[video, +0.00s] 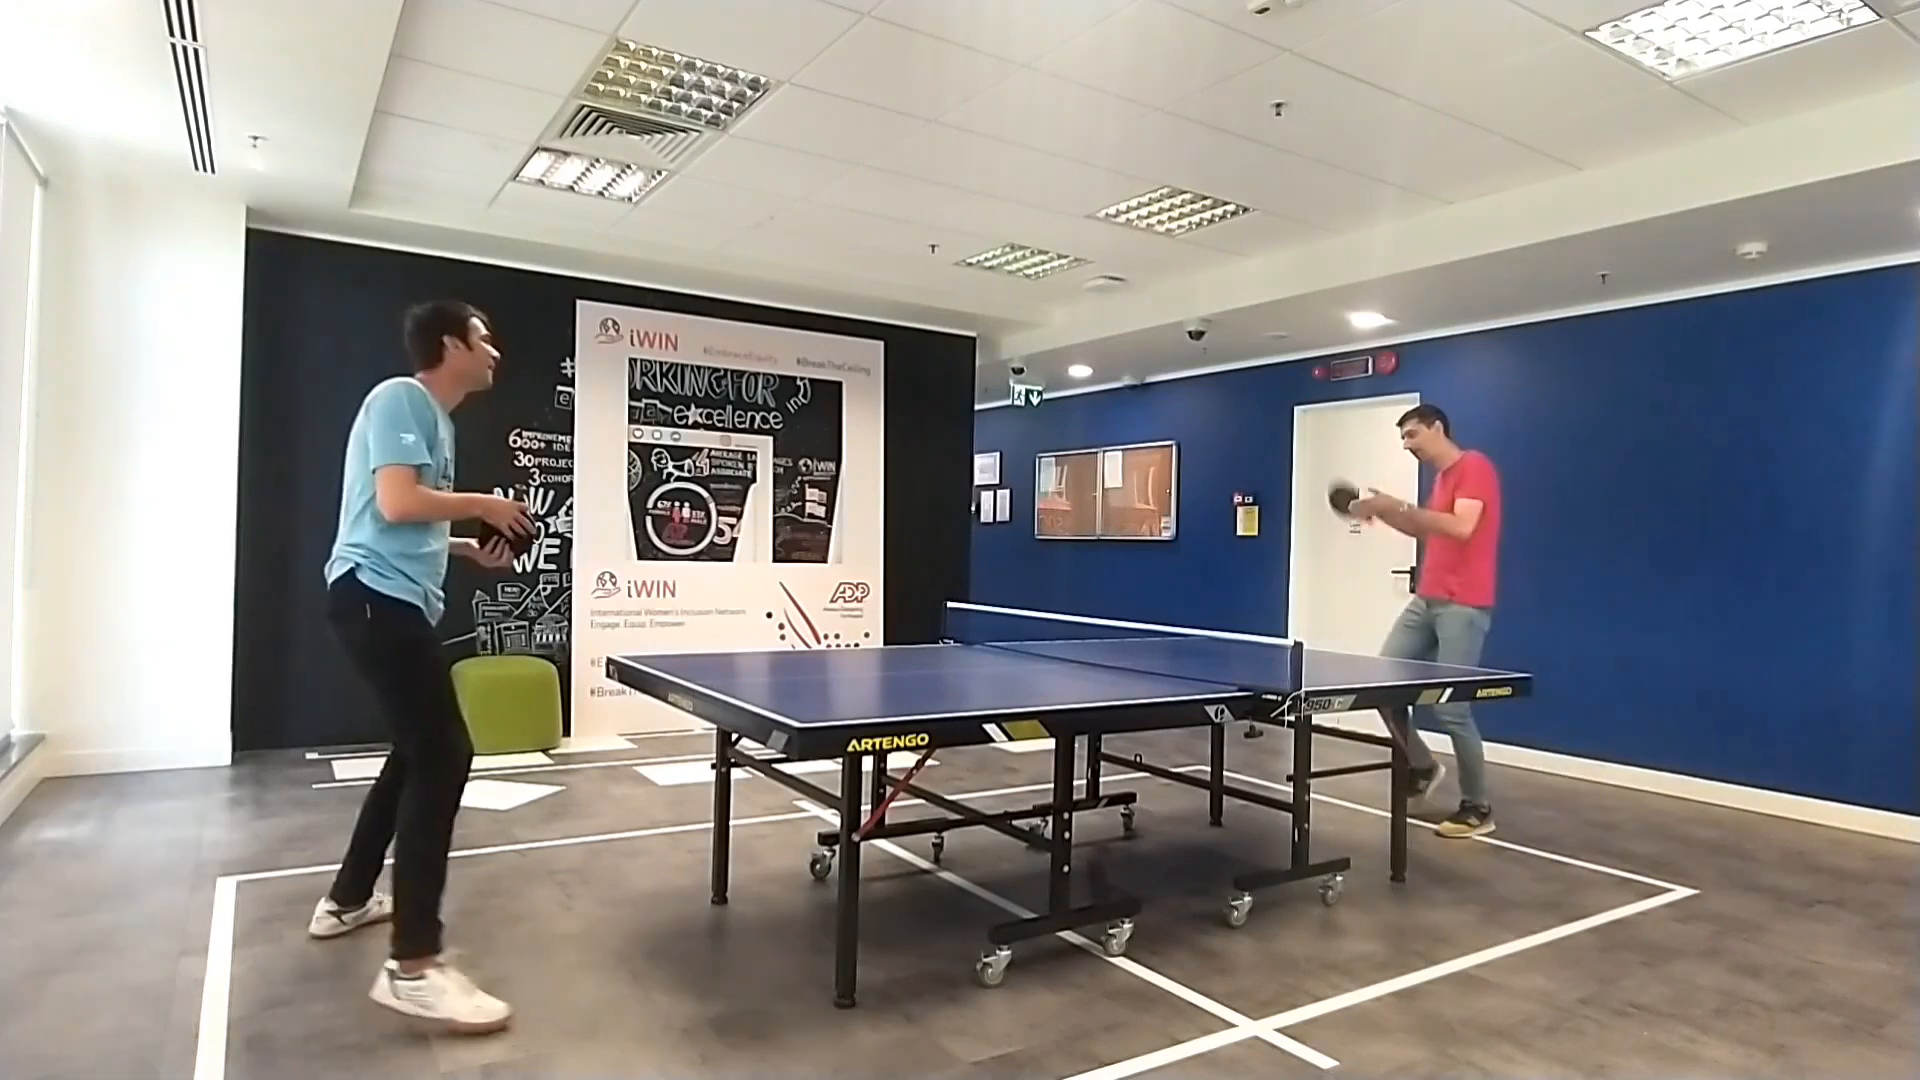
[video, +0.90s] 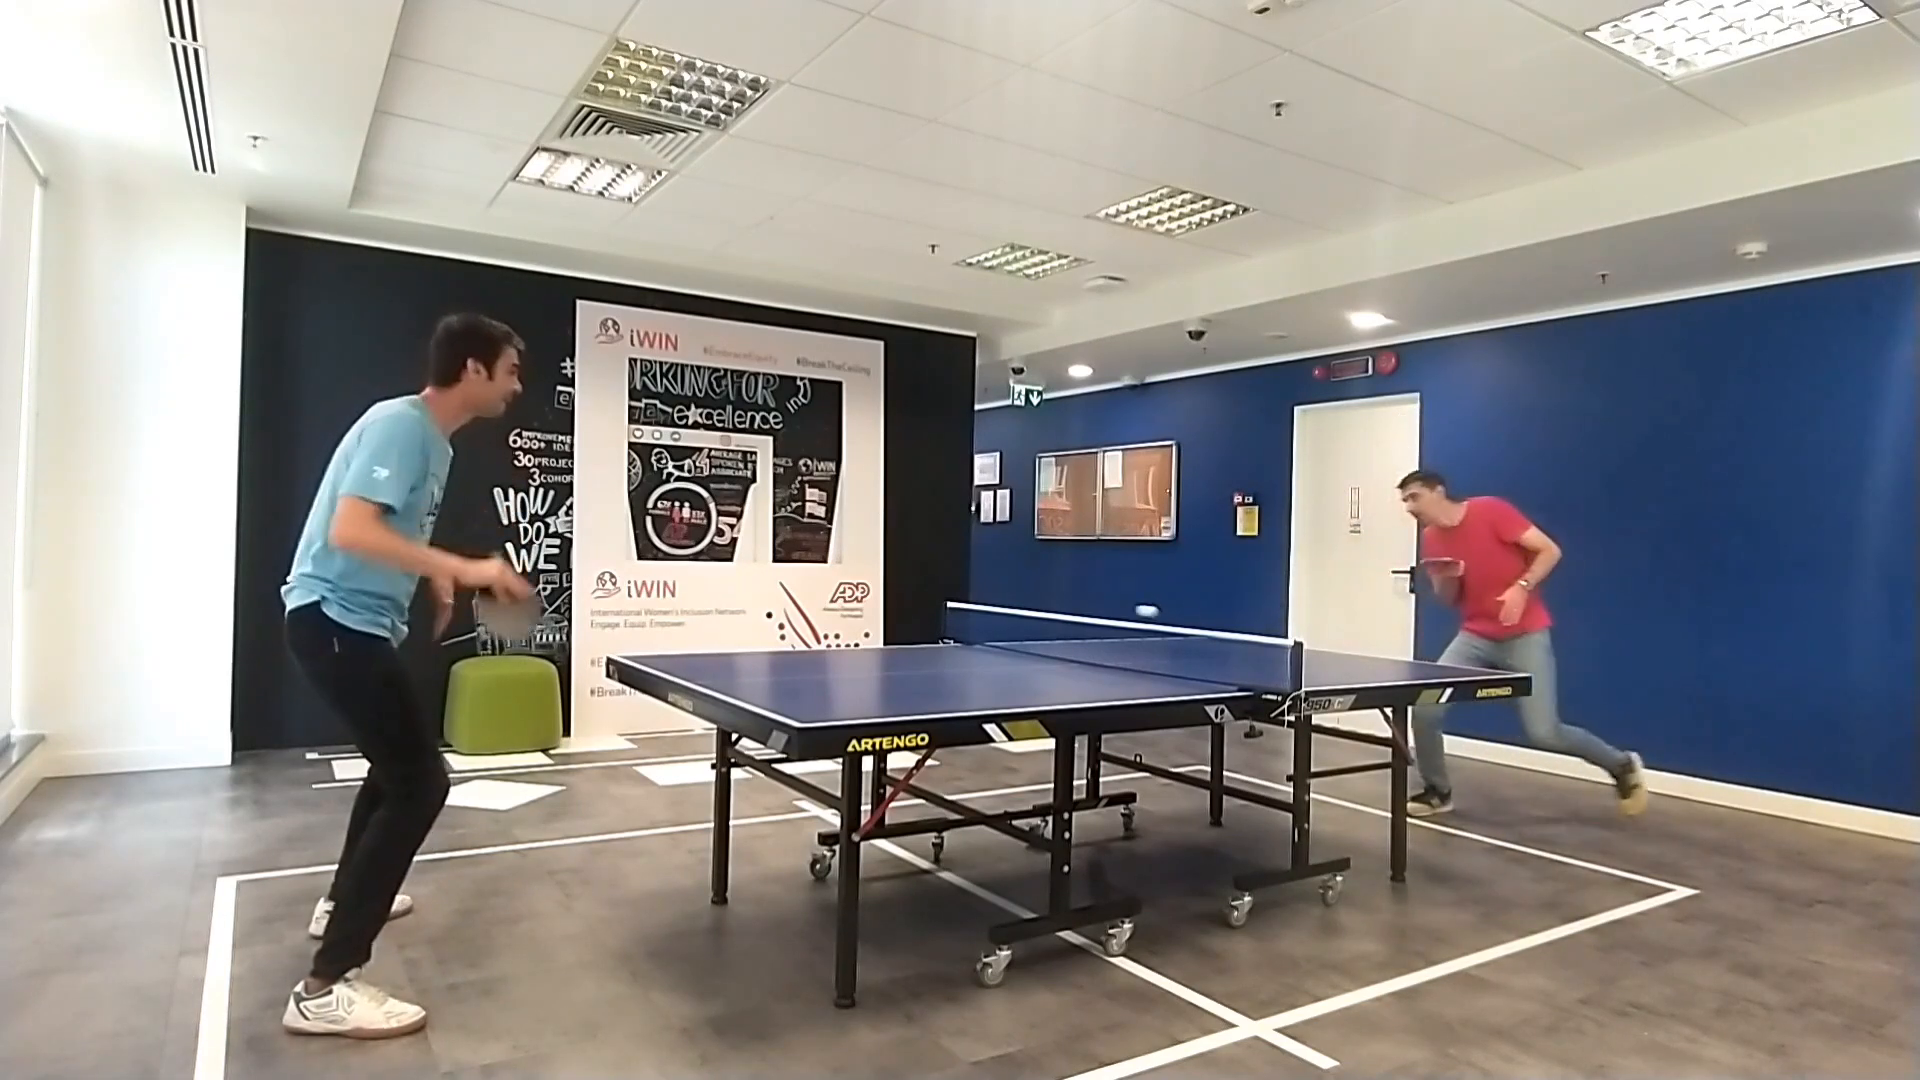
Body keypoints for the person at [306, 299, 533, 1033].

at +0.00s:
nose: (496, 353)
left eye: (491, 341)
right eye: (485, 340)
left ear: (452, 349)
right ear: (450, 346)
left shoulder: (434, 427)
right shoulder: (399, 398)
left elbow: (410, 522)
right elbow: (397, 500)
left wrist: (469, 548)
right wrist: (482, 504)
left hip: (402, 605)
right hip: (373, 597)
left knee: (416, 748)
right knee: (445, 755)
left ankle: (348, 899)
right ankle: (414, 966)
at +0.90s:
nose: (515, 386)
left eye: (516, 373)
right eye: (509, 372)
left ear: (467, 374)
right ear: (470, 372)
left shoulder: (434, 445)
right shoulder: (399, 425)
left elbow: (388, 532)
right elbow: (352, 530)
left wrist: (435, 569)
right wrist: (463, 566)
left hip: (362, 623)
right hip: (330, 621)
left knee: (400, 763)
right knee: (422, 780)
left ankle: (344, 908)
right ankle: (325, 988)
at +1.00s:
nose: (525, 396)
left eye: (528, 383)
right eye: (521, 381)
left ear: (481, 381)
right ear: (479, 376)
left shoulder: (450, 448)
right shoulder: (395, 430)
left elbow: (404, 528)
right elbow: (327, 544)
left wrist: (460, 561)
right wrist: (416, 620)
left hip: (369, 624)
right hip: (327, 622)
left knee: (406, 766)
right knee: (414, 780)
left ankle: (346, 903)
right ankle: (324, 988)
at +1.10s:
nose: (533, 417)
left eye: (537, 403)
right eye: (529, 400)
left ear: (491, 395)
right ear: (486, 390)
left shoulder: (476, 457)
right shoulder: (385, 449)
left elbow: (463, 540)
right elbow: (320, 559)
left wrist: (501, 555)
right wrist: (349, 674)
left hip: (385, 626)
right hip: (330, 624)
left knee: (415, 770)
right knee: (407, 782)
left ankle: (343, 899)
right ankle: (325, 988)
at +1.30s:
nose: (535, 466)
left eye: (541, 453)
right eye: (530, 450)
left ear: (493, 443)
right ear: (485, 439)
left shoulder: (486, 495)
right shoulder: (387, 497)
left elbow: (481, 548)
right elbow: (312, 605)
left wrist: (520, 578)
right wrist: (316, 722)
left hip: (399, 654)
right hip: (346, 655)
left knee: (413, 762)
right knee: (429, 788)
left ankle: (331, 855)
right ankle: (327, 986)